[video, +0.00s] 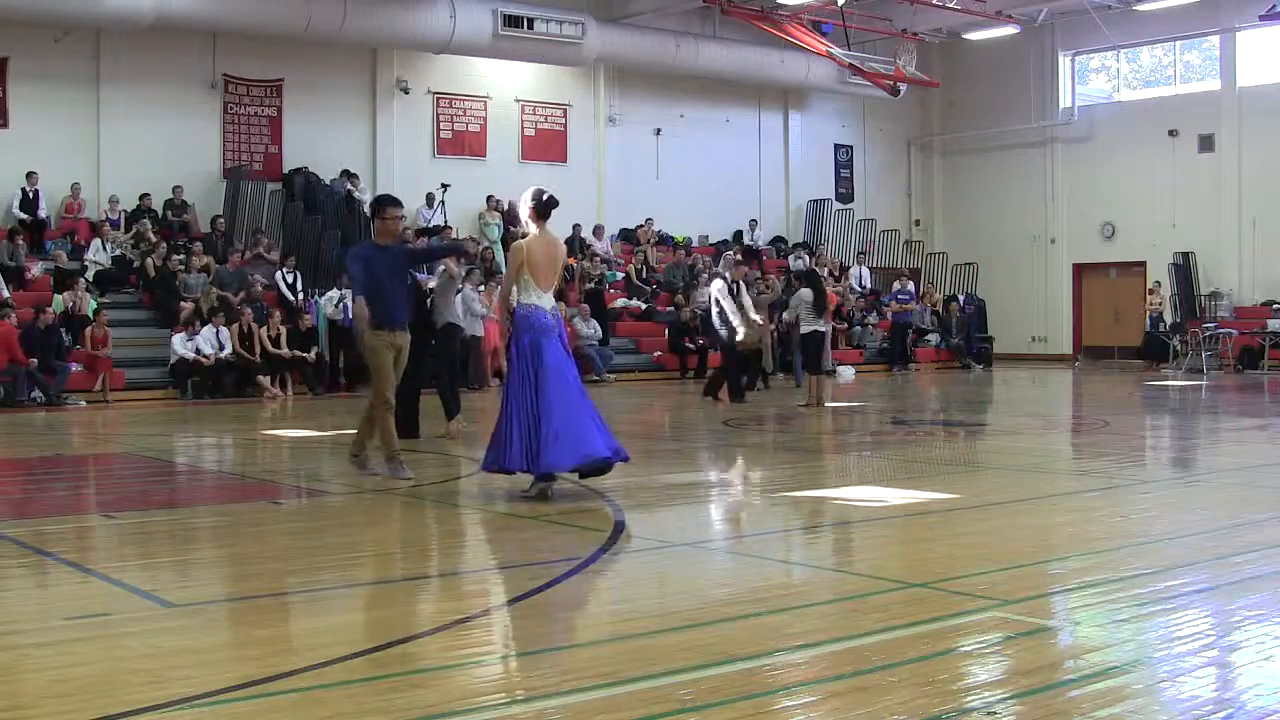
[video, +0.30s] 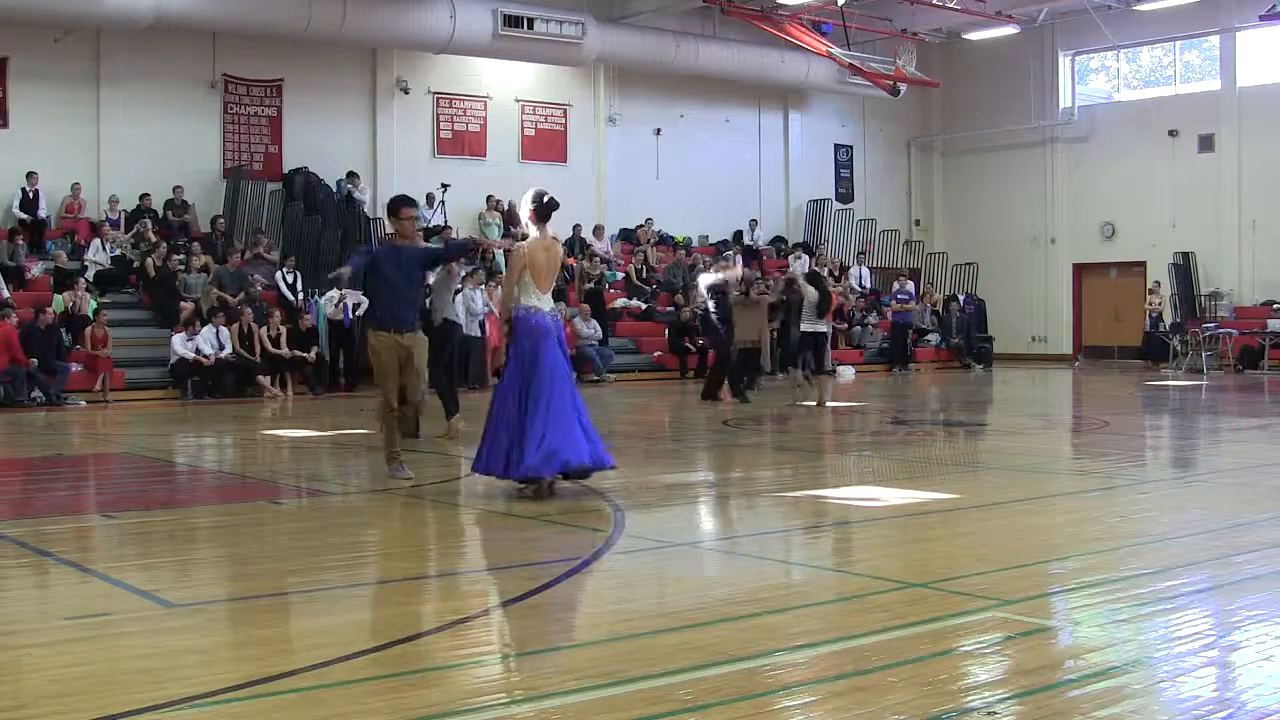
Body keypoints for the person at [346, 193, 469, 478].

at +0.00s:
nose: (400, 225)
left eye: (401, 219)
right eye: (394, 219)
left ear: (400, 220)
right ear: (378, 220)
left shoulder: (401, 252)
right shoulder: (360, 252)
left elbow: (429, 252)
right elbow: (357, 277)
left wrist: (459, 246)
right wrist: (359, 298)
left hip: (402, 334)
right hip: (376, 334)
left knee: (383, 396)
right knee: (385, 397)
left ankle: (357, 450)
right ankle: (393, 458)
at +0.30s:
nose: (415, 225)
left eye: (416, 219)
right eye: (409, 220)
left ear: (415, 220)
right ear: (393, 222)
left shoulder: (420, 253)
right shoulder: (375, 252)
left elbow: (445, 253)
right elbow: (355, 265)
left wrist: (472, 243)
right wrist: (347, 274)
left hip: (414, 337)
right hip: (383, 337)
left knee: (414, 398)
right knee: (390, 402)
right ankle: (394, 459)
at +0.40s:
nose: (417, 224)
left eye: (420, 219)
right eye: (411, 219)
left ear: (422, 220)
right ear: (397, 221)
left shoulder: (424, 253)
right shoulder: (380, 251)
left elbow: (453, 253)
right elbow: (356, 261)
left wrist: (480, 247)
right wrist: (364, 263)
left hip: (418, 336)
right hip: (385, 337)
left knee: (429, 396)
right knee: (392, 401)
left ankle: (423, 458)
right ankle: (395, 459)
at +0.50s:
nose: (420, 225)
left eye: (424, 219)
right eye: (414, 219)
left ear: (427, 221)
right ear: (401, 221)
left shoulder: (430, 254)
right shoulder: (383, 251)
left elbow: (461, 254)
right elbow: (368, 257)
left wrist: (496, 251)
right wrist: (384, 262)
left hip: (423, 336)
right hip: (391, 337)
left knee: (438, 397)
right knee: (393, 401)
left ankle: (449, 463)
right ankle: (395, 460)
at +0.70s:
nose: (427, 224)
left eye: (432, 219)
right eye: (422, 218)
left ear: (440, 222)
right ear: (413, 220)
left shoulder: (445, 253)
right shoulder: (401, 252)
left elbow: (476, 255)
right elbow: (403, 272)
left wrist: (507, 253)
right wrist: (423, 282)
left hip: (442, 337)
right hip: (409, 338)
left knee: (451, 402)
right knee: (404, 403)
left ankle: (456, 465)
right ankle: (397, 459)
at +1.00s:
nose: (443, 221)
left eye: (449, 215)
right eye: (438, 215)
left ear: (459, 217)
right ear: (432, 217)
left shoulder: (471, 249)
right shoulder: (422, 252)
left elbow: (500, 258)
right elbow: (418, 294)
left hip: (469, 332)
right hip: (440, 332)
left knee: (470, 396)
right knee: (447, 395)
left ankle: (464, 455)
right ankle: (426, 448)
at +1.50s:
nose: (450, 217)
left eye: (455, 211)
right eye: (445, 213)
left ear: (465, 213)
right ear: (439, 216)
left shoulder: (479, 247)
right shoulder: (434, 248)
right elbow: (421, 283)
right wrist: (416, 266)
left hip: (482, 327)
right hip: (452, 328)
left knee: (484, 389)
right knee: (458, 390)